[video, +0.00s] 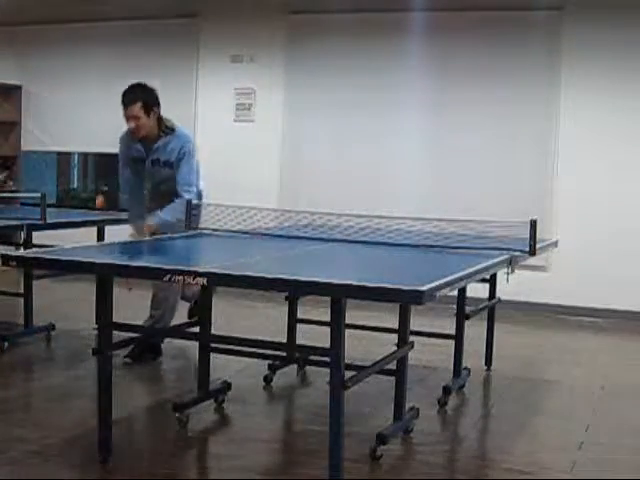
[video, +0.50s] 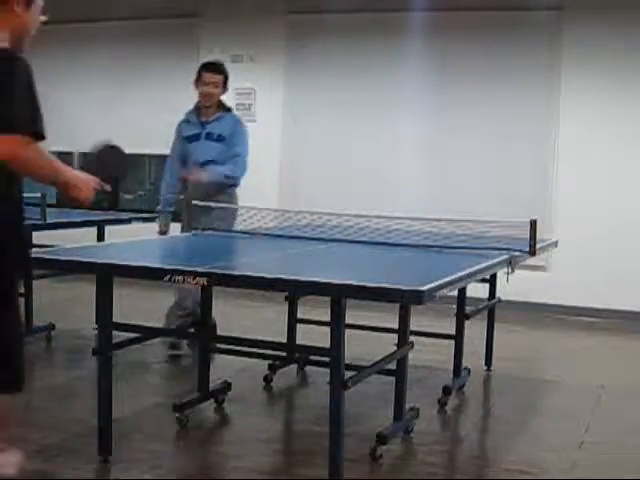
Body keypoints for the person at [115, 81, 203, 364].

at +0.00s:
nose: (131, 126)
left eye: (136, 119)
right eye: (128, 119)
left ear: (154, 113)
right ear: (125, 117)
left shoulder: (181, 143)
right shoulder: (128, 142)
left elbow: (187, 198)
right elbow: (129, 189)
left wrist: (153, 222)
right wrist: (138, 227)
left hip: (183, 215)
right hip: (152, 216)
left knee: (168, 274)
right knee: (153, 268)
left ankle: (152, 337)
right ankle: (196, 291)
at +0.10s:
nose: (144, 112)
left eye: (149, 105)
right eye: (141, 105)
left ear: (167, 104)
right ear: (138, 105)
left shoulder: (187, 137)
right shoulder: (139, 134)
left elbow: (180, 186)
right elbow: (137, 180)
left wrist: (142, 200)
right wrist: (146, 218)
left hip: (185, 211)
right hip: (156, 209)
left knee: (171, 271)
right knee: (150, 264)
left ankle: (153, 336)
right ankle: (195, 297)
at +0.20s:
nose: (162, 102)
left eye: (168, 96)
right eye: (158, 95)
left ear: (183, 98)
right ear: (155, 98)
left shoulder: (197, 135)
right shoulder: (152, 130)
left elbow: (181, 178)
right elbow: (150, 171)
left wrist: (145, 172)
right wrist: (148, 215)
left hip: (189, 207)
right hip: (158, 205)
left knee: (170, 271)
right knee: (161, 268)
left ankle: (153, 337)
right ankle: (194, 312)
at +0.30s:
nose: (179, 100)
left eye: (185, 95)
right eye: (176, 94)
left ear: (200, 97)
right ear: (171, 96)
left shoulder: (210, 134)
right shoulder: (168, 129)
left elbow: (199, 171)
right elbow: (156, 177)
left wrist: (160, 156)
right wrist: (152, 215)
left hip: (199, 203)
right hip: (170, 201)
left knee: (179, 271)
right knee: (174, 269)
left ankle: (152, 339)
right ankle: (197, 321)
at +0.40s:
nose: (196, 97)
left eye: (202, 92)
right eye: (191, 91)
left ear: (213, 94)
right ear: (184, 92)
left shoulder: (223, 130)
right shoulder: (178, 129)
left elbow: (222, 171)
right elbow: (165, 176)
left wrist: (178, 155)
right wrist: (156, 216)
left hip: (210, 205)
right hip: (181, 204)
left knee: (193, 271)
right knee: (187, 271)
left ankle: (159, 333)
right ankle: (201, 328)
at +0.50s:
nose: (208, 90)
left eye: (215, 86)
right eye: (204, 84)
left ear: (223, 90)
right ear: (196, 86)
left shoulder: (234, 125)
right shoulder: (186, 125)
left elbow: (237, 168)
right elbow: (173, 171)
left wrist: (204, 175)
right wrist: (165, 213)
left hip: (221, 202)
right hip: (190, 201)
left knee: (201, 263)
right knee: (193, 263)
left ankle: (176, 326)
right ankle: (200, 325)